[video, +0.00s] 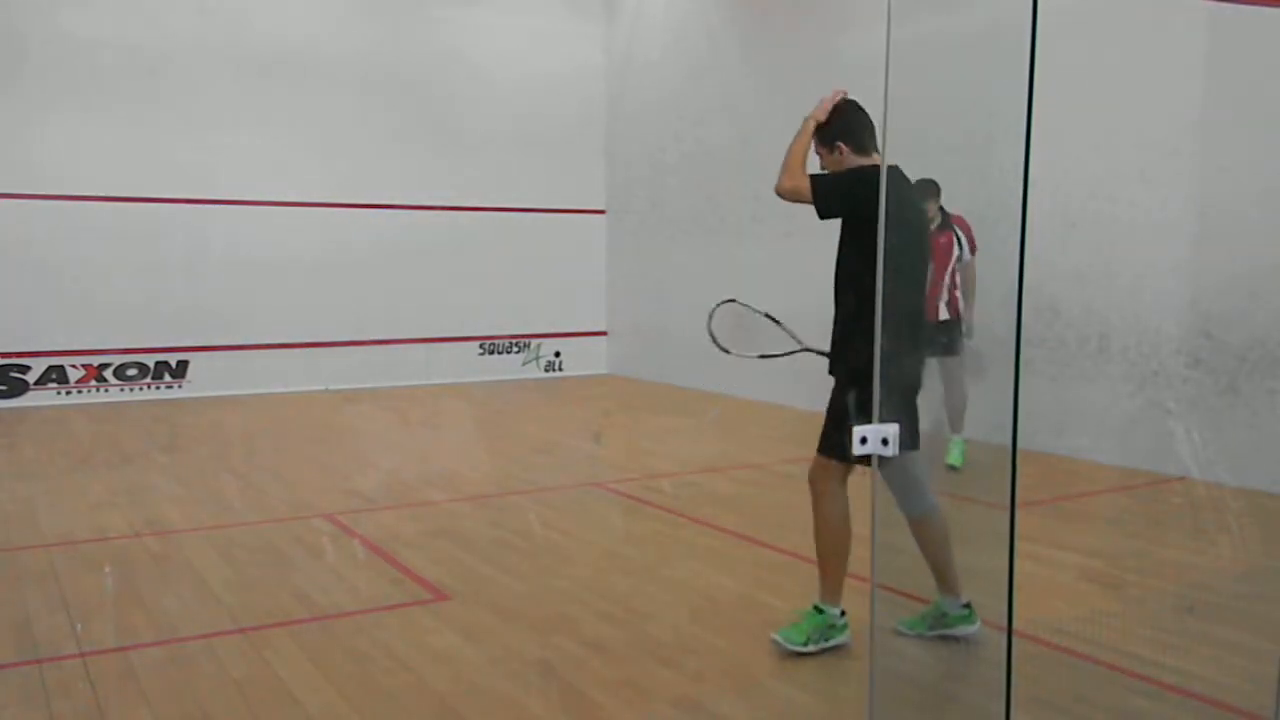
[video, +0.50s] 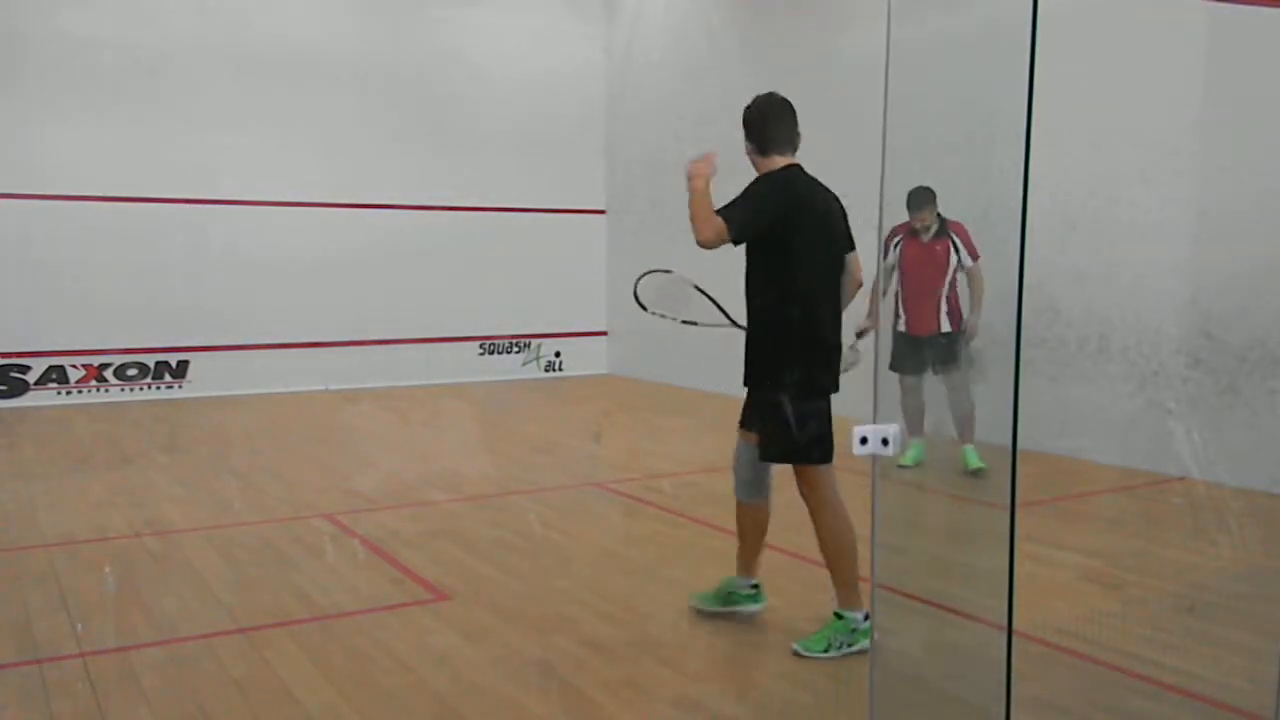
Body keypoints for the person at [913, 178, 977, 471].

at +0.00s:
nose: (925, 214)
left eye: (928, 208)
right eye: (920, 209)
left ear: (939, 203)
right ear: (914, 207)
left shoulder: (957, 228)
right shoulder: (909, 229)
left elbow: (967, 271)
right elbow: (899, 270)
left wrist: (968, 314)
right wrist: (896, 311)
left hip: (946, 318)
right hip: (912, 318)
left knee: (952, 378)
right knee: (906, 380)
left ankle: (956, 437)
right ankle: (898, 439)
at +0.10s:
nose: (926, 226)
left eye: (931, 221)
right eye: (922, 221)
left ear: (943, 212)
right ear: (915, 213)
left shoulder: (960, 234)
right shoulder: (911, 236)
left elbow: (978, 275)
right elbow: (900, 272)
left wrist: (976, 319)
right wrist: (897, 311)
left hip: (947, 325)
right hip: (911, 324)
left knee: (952, 383)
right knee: (893, 380)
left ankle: (952, 442)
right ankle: (887, 440)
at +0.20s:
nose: (924, 222)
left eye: (929, 216)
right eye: (920, 217)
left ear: (941, 210)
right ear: (914, 214)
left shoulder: (960, 233)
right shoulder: (906, 235)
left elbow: (979, 272)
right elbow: (894, 274)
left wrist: (983, 317)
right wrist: (890, 315)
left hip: (948, 329)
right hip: (910, 327)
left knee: (951, 385)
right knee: (892, 382)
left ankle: (953, 443)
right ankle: (884, 439)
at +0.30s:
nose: (923, 216)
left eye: (928, 211)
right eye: (918, 211)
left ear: (939, 202)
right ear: (911, 207)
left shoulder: (960, 225)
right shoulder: (900, 228)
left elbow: (978, 266)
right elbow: (890, 268)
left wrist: (983, 308)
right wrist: (882, 302)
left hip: (949, 319)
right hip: (910, 317)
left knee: (952, 378)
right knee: (899, 373)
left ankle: (954, 439)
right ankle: (902, 433)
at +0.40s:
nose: (920, 218)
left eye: (925, 213)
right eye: (915, 214)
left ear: (936, 203)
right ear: (908, 207)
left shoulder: (957, 227)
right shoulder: (896, 230)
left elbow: (978, 266)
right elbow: (886, 269)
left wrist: (978, 309)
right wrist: (876, 304)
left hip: (948, 321)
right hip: (907, 321)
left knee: (956, 381)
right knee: (905, 379)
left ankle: (963, 443)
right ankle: (913, 440)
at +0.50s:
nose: (919, 226)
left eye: (924, 221)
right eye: (914, 221)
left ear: (936, 211)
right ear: (908, 215)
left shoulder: (954, 233)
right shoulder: (897, 237)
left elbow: (975, 276)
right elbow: (882, 277)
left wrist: (974, 318)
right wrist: (872, 316)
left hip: (946, 329)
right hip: (908, 329)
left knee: (956, 385)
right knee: (909, 386)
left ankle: (968, 446)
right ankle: (914, 443)